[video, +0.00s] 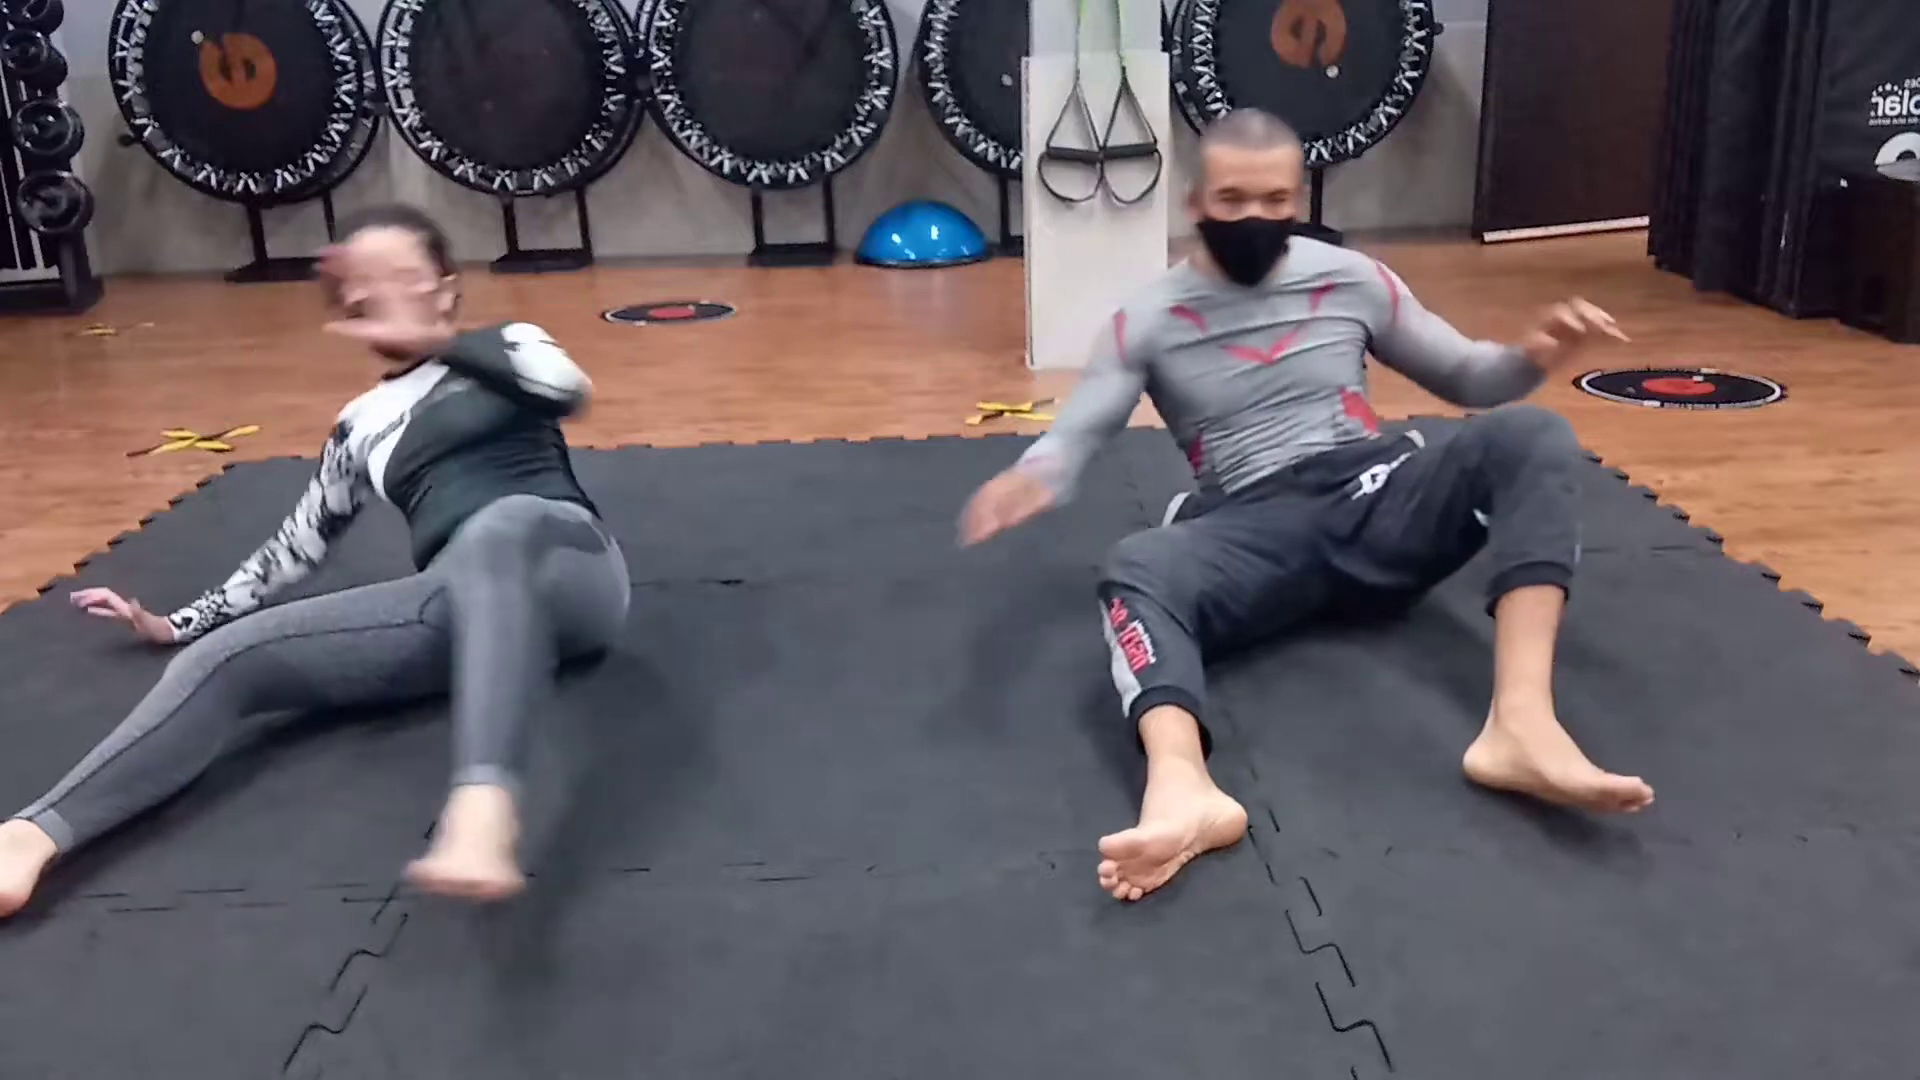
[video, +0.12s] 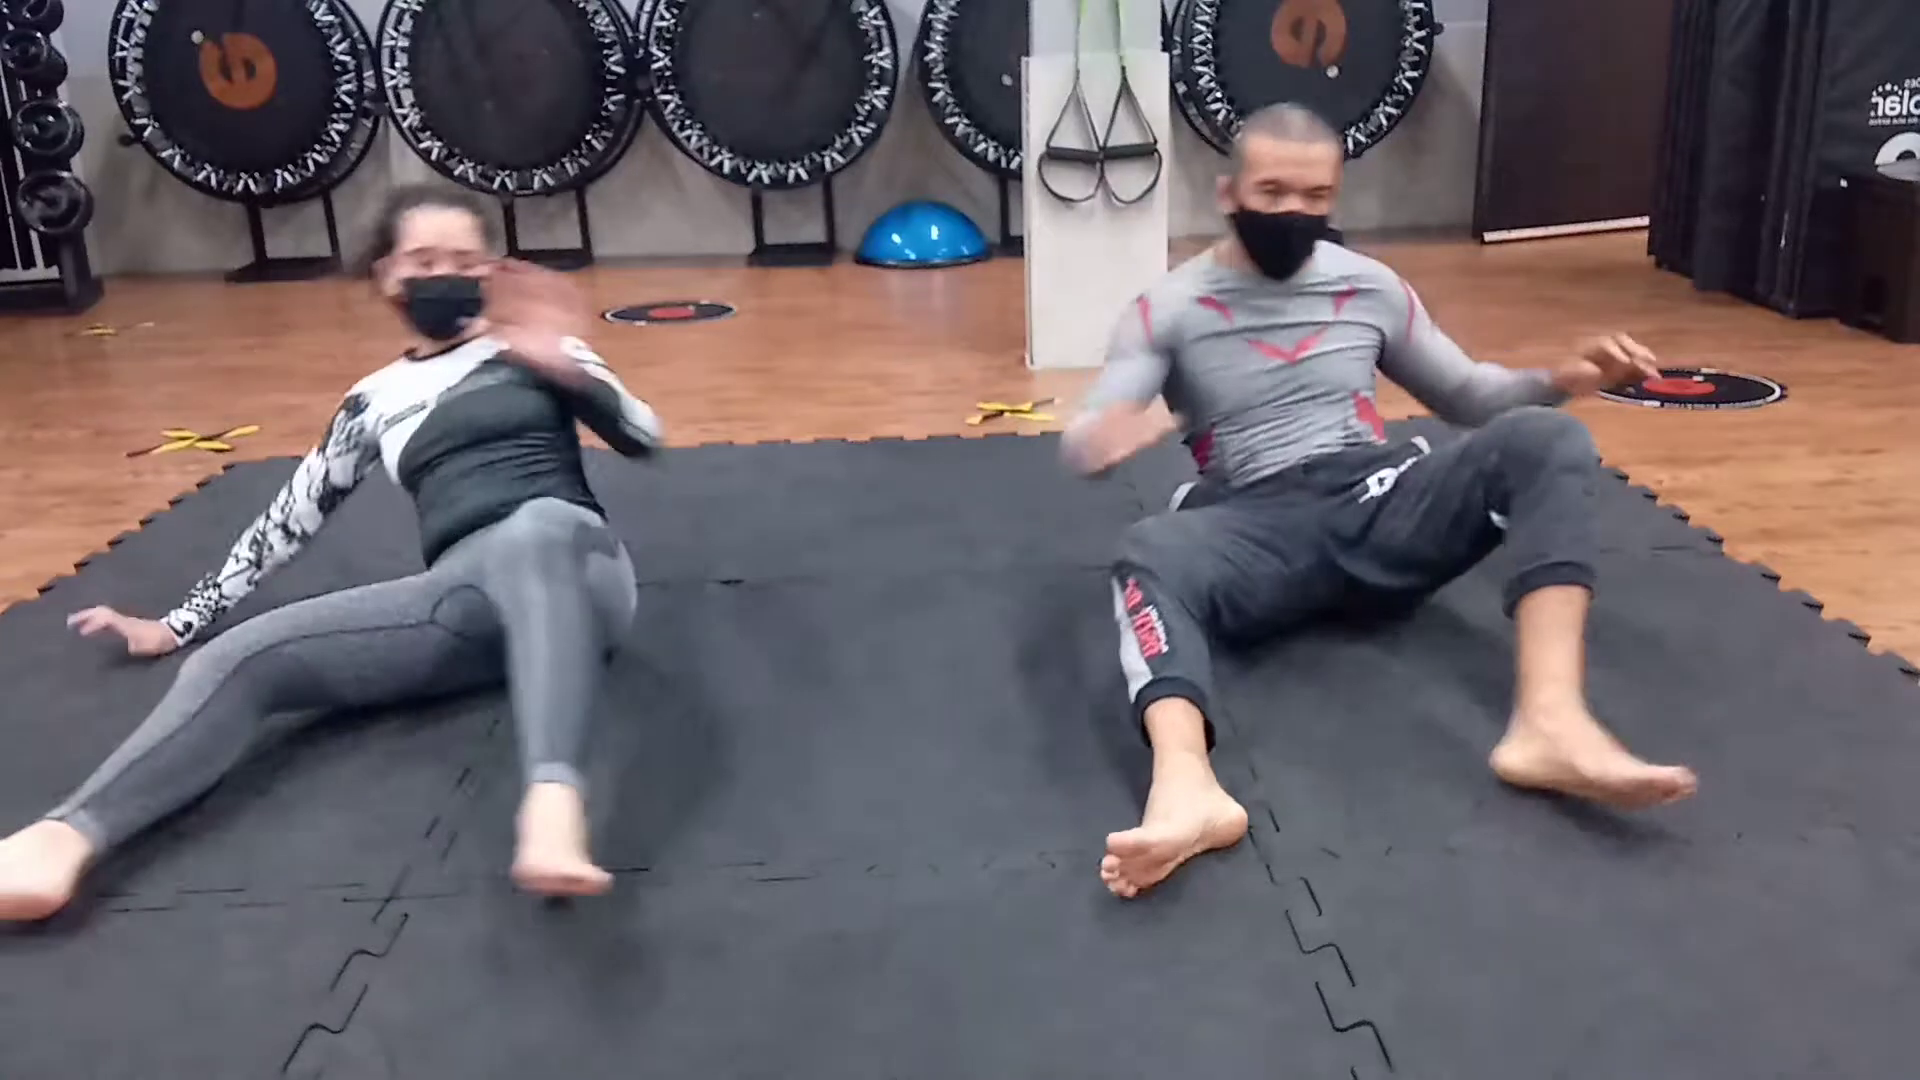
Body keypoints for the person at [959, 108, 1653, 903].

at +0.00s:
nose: (1257, 220)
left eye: (1276, 201)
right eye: (1235, 202)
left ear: (1302, 194)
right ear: (1197, 200)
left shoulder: (1350, 279)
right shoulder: (1150, 318)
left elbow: (1467, 375)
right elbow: (1077, 429)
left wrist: (1533, 358)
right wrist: (1034, 476)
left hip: (1376, 489)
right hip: (1245, 527)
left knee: (1533, 438)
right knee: (1138, 570)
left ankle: (1520, 718)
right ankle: (1181, 785)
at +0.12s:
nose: (1292, 213)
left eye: (1312, 196)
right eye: (1272, 192)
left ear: (1334, 199)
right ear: (1229, 193)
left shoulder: (1369, 287)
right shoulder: (1169, 307)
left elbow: (1468, 393)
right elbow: (1083, 441)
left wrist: (1573, 377)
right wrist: (1107, 435)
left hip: (1382, 494)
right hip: (1252, 524)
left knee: (1552, 440)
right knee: (1148, 556)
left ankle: (1550, 716)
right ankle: (1184, 779)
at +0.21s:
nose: (1324, 211)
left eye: (1343, 195)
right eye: (1303, 189)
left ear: (1359, 198)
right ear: (1253, 189)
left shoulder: (1383, 295)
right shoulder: (1186, 301)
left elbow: (1468, 404)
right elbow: (1102, 440)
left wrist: (1571, 396)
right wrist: (1158, 410)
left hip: (1383, 502)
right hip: (1260, 523)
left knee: (1563, 441)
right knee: (1161, 554)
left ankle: (1585, 716)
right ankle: (1190, 781)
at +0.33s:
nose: (1363, 210)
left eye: (1382, 195)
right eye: (1345, 186)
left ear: (1397, 202)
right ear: (1292, 185)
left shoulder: (1407, 301)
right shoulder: (1214, 290)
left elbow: (1470, 419)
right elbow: (1150, 415)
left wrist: (1596, 420)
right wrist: (1241, 369)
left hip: (1404, 508)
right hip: (1277, 521)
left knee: (1593, 446)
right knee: (1191, 538)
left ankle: (1638, 713)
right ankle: (1205, 778)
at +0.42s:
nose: (1392, 210)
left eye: (1411, 195)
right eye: (1373, 187)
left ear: (1425, 199)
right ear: (1317, 184)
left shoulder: (1424, 308)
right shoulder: (1232, 286)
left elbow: (1482, 431)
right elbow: (1176, 402)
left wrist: (1619, 445)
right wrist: (1289, 349)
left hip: (1413, 513)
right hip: (1287, 520)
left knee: (1609, 449)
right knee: (1218, 524)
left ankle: (1669, 713)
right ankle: (1216, 772)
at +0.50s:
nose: (1423, 212)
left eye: (1440, 198)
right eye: (1405, 188)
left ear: (1451, 205)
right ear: (1343, 183)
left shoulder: (1437, 312)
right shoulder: (1253, 279)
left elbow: (1490, 437)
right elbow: (1197, 387)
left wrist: (1636, 466)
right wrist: (1326, 337)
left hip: (1419, 519)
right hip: (1302, 520)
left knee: (1625, 458)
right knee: (1246, 503)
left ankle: (1681, 715)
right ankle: (1234, 756)